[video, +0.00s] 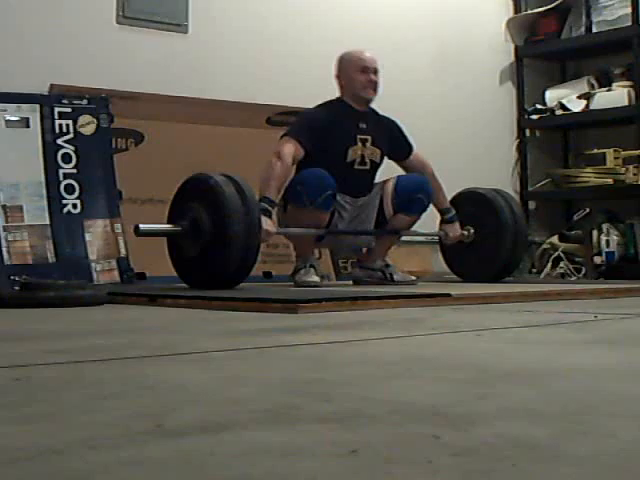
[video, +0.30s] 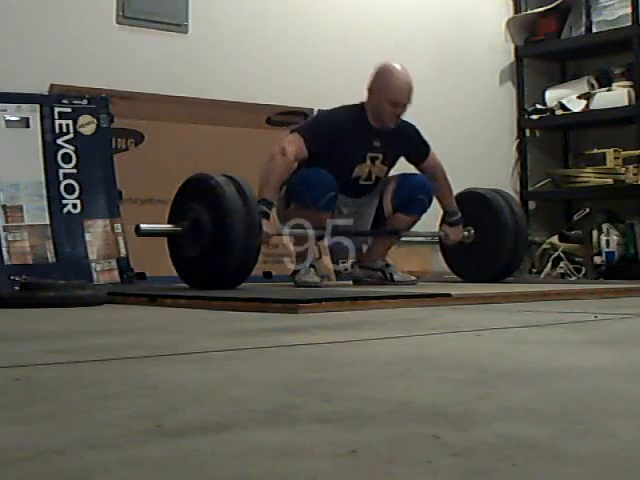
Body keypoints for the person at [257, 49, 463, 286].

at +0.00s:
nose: (372, 79)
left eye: (375, 73)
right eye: (364, 72)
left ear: (380, 78)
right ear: (341, 78)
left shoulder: (385, 128)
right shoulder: (317, 118)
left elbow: (422, 170)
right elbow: (283, 157)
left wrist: (449, 216)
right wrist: (266, 209)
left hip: (362, 213)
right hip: (317, 210)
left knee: (417, 188)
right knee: (315, 182)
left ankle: (373, 262)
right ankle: (304, 263)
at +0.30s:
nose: (400, 112)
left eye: (405, 106)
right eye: (394, 104)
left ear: (409, 102)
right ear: (371, 94)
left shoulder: (404, 135)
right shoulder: (334, 122)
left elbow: (435, 171)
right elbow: (284, 153)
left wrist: (453, 216)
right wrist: (264, 208)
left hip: (363, 209)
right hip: (317, 206)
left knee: (418, 188)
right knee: (316, 183)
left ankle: (371, 263)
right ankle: (304, 266)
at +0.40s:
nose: (406, 121)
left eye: (411, 114)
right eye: (400, 112)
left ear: (416, 109)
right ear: (377, 98)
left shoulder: (411, 136)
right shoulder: (340, 122)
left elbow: (438, 172)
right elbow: (284, 153)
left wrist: (455, 216)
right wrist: (263, 209)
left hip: (361, 203)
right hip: (315, 200)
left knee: (416, 186)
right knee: (316, 181)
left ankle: (371, 263)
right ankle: (305, 265)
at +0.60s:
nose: (412, 128)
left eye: (418, 121)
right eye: (408, 119)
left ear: (423, 116)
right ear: (386, 103)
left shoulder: (414, 128)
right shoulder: (349, 111)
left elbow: (439, 171)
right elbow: (297, 153)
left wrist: (457, 219)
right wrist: (266, 213)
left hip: (342, 151)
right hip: (293, 133)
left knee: (399, 172)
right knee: (319, 168)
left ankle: (371, 262)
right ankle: (303, 265)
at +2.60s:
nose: (405, 120)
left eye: (410, 114)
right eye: (401, 112)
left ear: (415, 108)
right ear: (380, 98)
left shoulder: (404, 121)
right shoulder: (340, 108)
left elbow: (426, 170)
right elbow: (297, 160)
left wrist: (447, 217)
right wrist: (265, 210)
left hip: (333, 127)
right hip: (284, 112)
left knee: (378, 168)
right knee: (297, 169)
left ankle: (372, 263)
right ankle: (296, 266)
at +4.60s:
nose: (405, 109)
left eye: (412, 103)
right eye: (401, 100)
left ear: (417, 100)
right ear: (380, 88)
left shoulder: (410, 127)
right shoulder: (342, 110)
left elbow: (432, 177)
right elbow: (295, 163)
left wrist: (448, 220)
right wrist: (259, 215)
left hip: (337, 151)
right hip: (286, 134)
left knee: (396, 174)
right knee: (298, 173)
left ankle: (374, 263)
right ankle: (293, 266)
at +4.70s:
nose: (404, 105)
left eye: (410, 98)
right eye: (399, 95)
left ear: (415, 97)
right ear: (377, 87)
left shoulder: (410, 128)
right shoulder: (340, 112)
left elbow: (433, 176)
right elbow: (293, 159)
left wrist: (450, 220)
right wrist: (261, 213)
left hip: (345, 180)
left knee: (403, 175)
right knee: (307, 171)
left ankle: (374, 263)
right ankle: (293, 266)